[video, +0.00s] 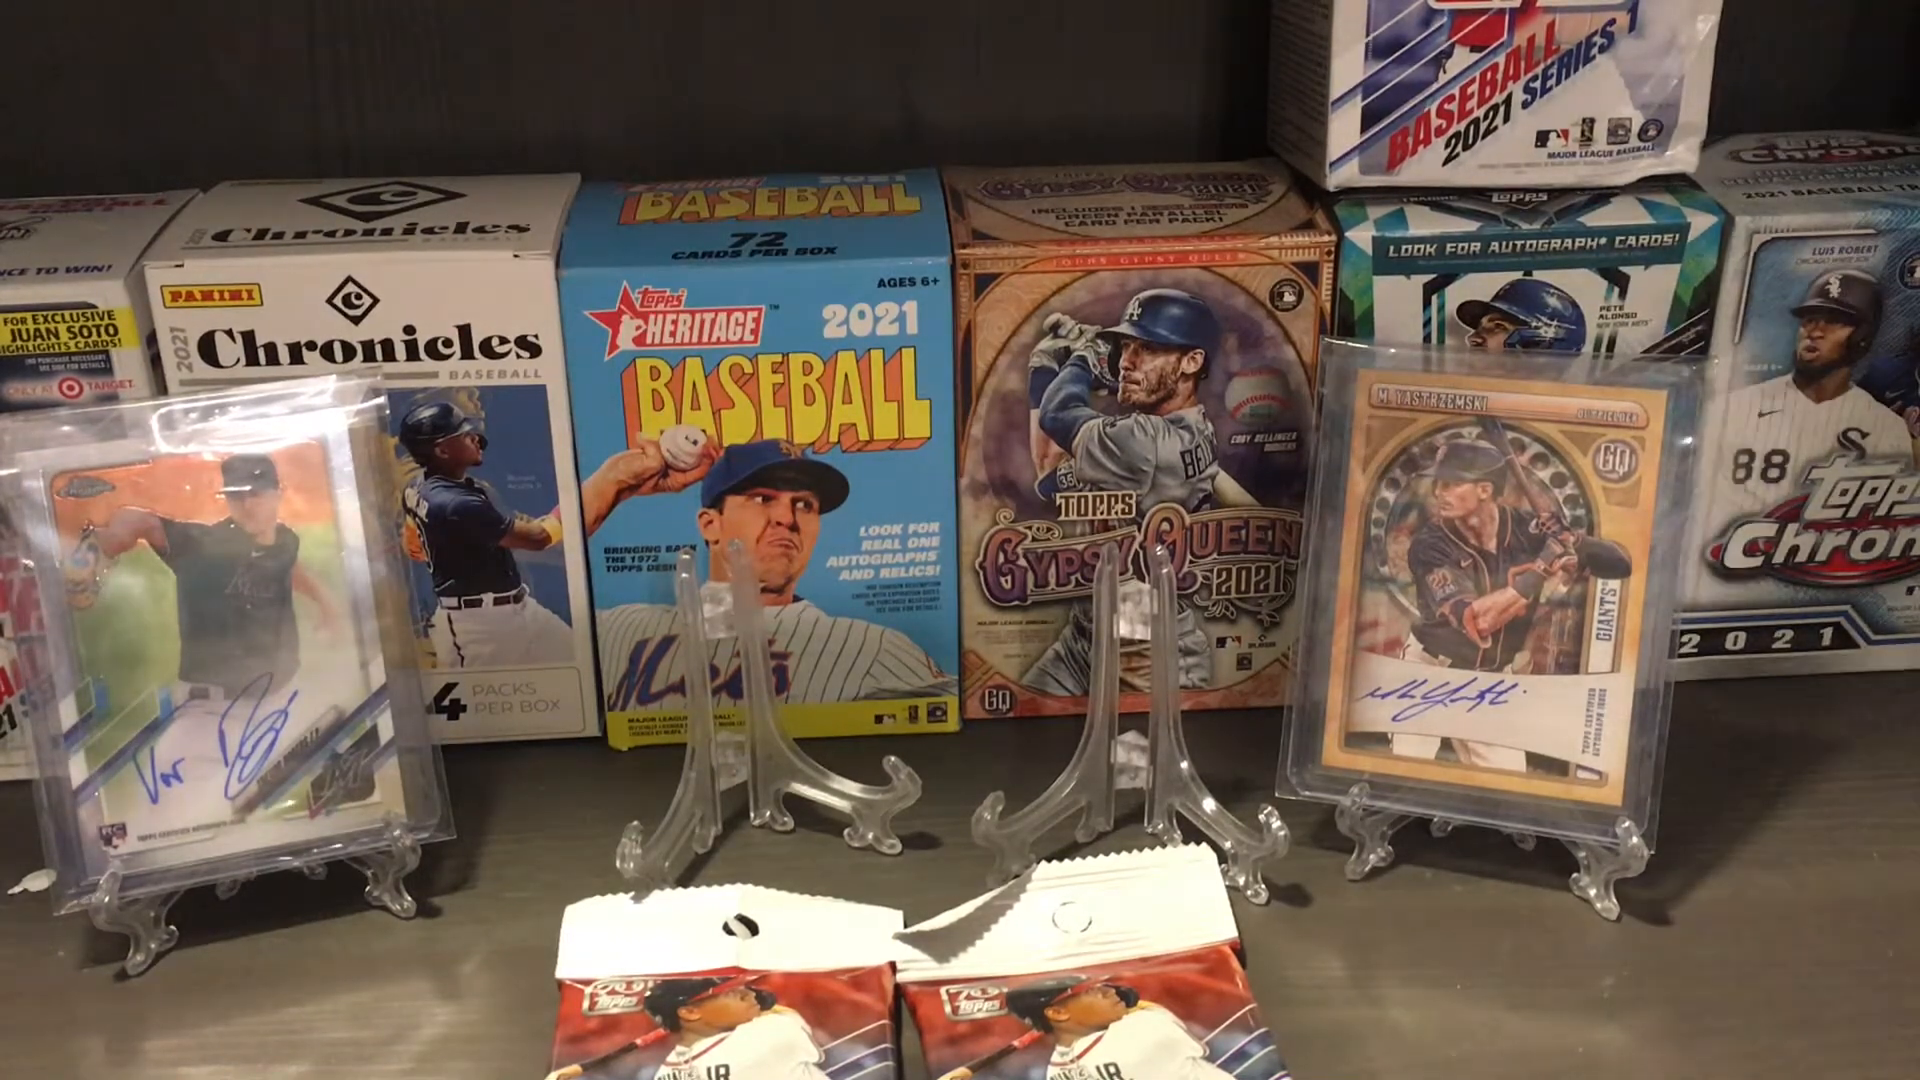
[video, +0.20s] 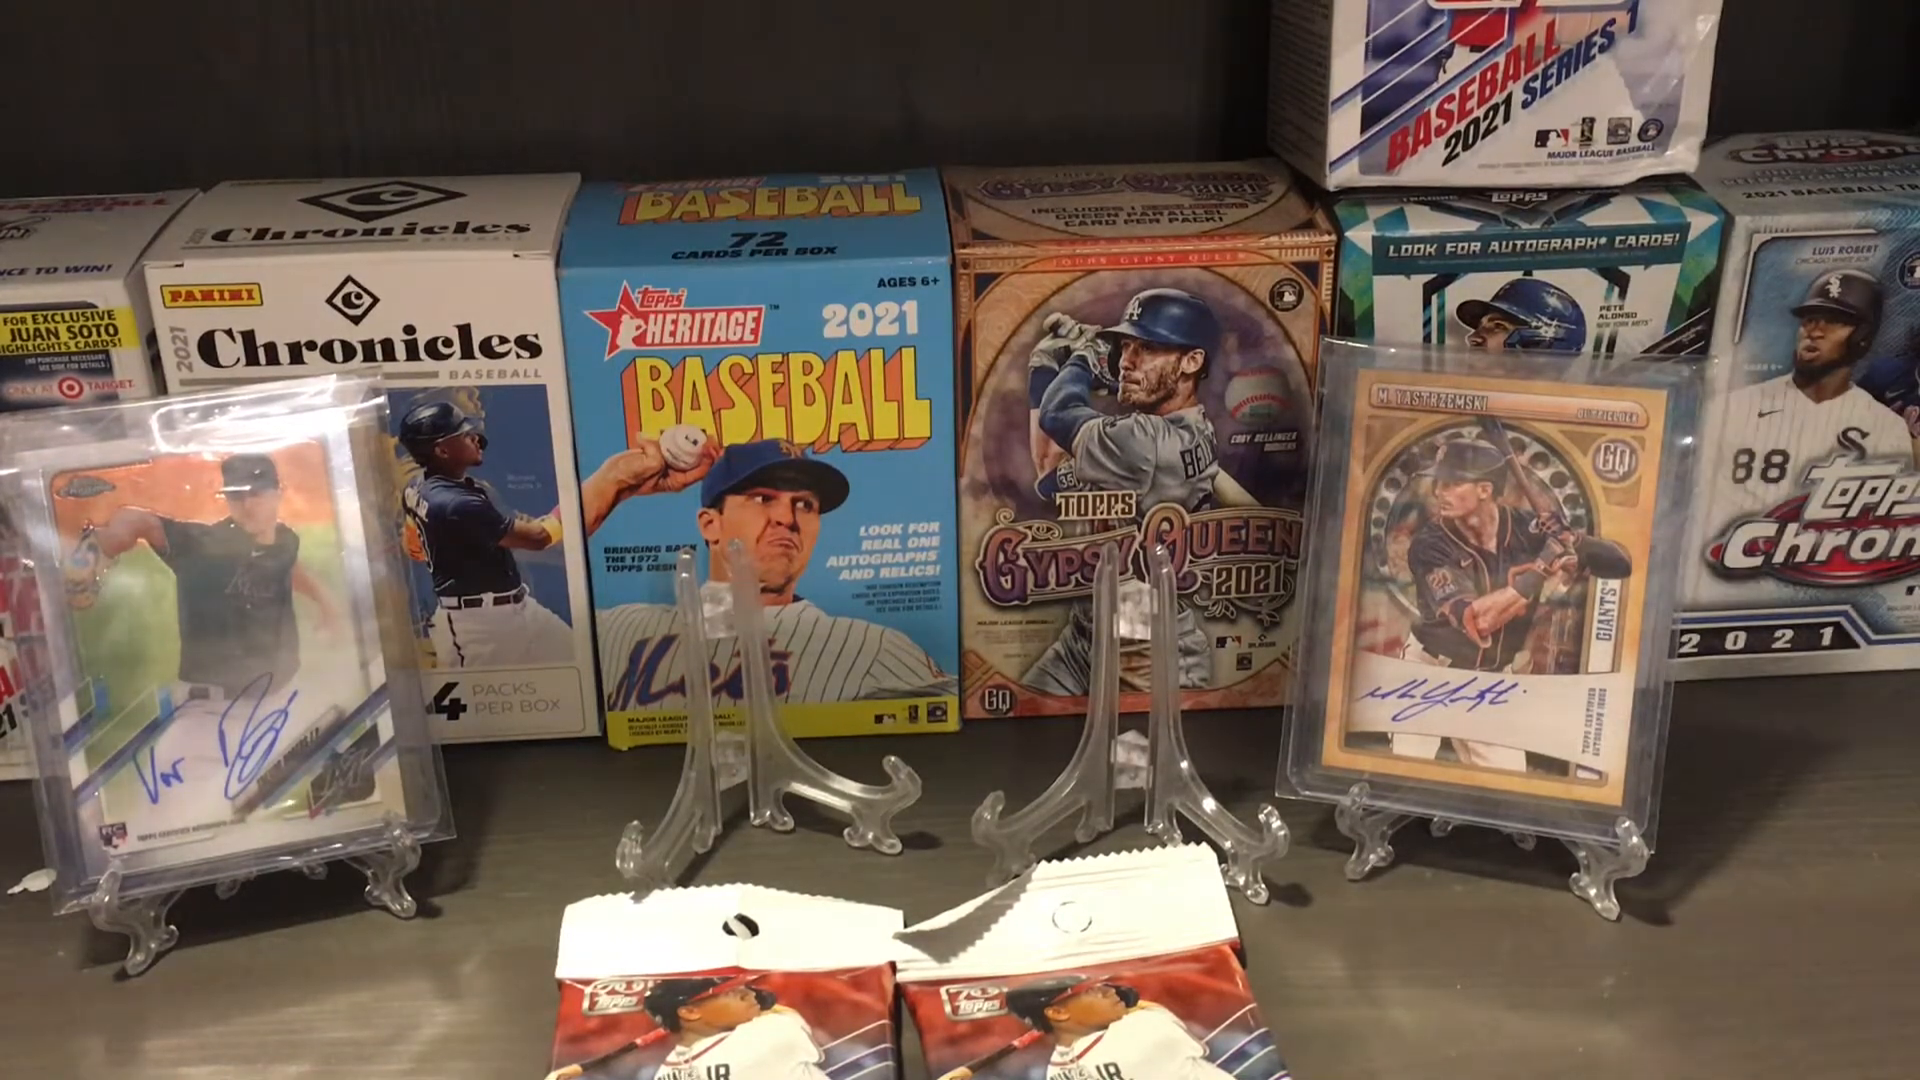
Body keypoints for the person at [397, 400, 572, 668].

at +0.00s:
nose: (476, 436)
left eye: (470, 430)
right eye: (465, 433)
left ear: (442, 451)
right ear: (442, 450)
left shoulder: (420, 490)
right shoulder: (460, 506)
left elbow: (414, 545)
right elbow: (539, 537)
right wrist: (569, 510)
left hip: (520, 609)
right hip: (474, 623)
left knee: (588, 663)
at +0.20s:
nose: (476, 436)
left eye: (470, 430)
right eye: (465, 433)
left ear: (442, 451)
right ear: (441, 449)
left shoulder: (419, 489)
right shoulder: (460, 506)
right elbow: (538, 537)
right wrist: (570, 509)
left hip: (520, 609)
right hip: (473, 622)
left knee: (588, 663)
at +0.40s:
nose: (476, 436)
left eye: (470, 430)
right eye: (465, 433)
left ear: (442, 451)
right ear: (441, 450)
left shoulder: (420, 489)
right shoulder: (460, 506)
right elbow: (538, 537)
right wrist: (569, 511)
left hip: (520, 609)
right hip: (474, 622)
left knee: (587, 663)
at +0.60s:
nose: (476, 437)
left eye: (470, 431)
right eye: (465, 433)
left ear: (442, 451)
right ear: (442, 450)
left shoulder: (420, 490)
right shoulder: (460, 507)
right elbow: (538, 538)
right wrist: (571, 509)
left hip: (520, 609)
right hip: (474, 623)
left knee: (587, 665)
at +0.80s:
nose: (476, 437)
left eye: (470, 430)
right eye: (465, 433)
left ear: (442, 451)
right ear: (442, 450)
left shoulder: (420, 489)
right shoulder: (460, 506)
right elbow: (538, 537)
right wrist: (569, 510)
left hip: (520, 609)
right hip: (474, 623)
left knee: (587, 664)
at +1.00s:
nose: (476, 437)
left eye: (470, 431)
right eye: (465, 433)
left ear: (443, 451)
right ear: (442, 450)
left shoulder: (420, 490)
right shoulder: (459, 507)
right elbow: (538, 538)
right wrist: (570, 509)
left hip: (520, 609)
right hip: (474, 623)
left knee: (588, 664)